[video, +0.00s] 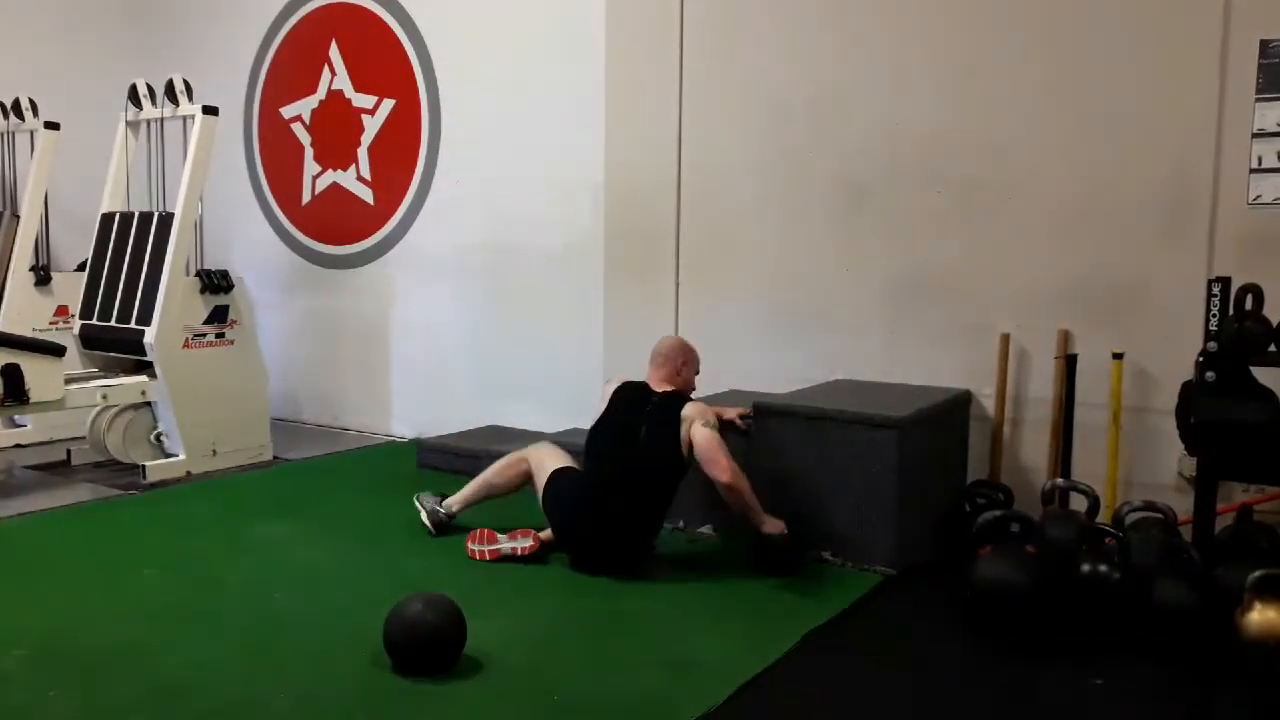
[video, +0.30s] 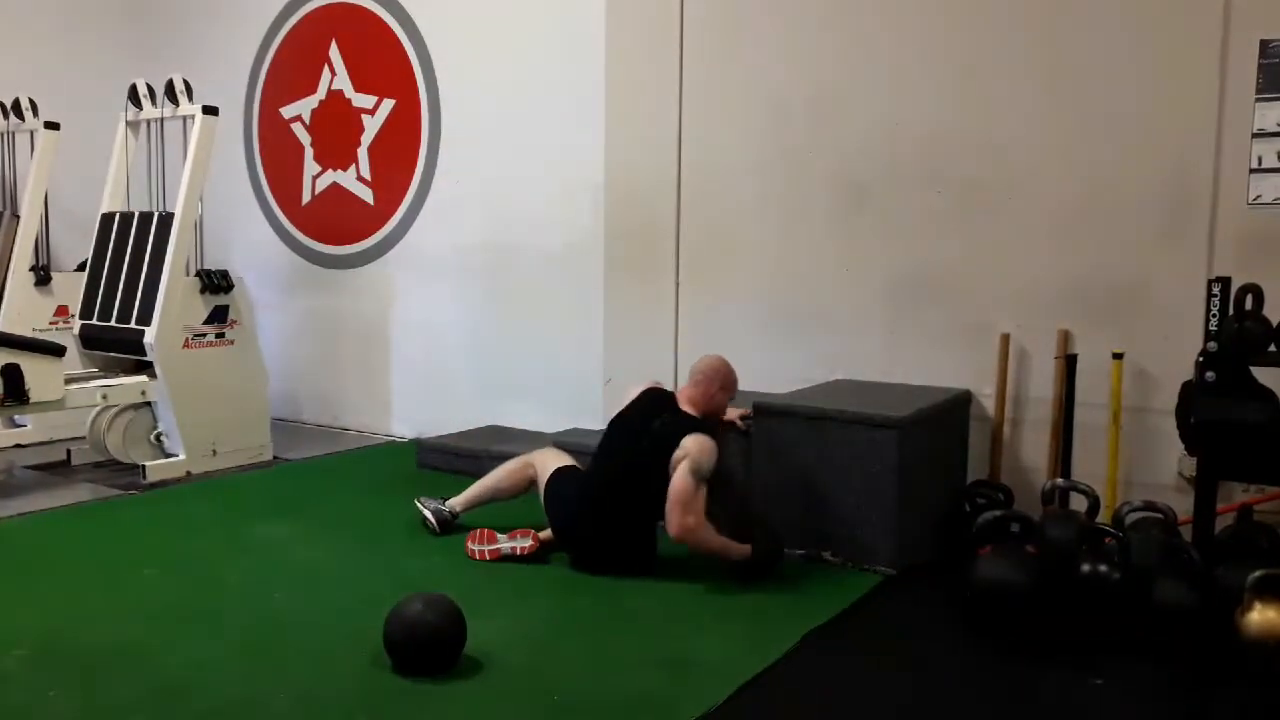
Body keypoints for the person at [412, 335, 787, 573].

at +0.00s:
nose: (695, 379)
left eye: (692, 373)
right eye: (695, 374)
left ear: (650, 369)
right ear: (689, 377)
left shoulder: (619, 392)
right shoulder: (695, 413)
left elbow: (656, 410)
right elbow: (723, 475)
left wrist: (710, 413)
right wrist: (761, 519)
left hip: (580, 531)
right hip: (629, 551)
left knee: (538, 453)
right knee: (615, 481)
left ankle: (447, 508)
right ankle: (539, 538)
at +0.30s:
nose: (727, 399)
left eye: (726, 396)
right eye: (728, 394)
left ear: (688, 381)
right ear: (720, 397)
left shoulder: (647, 396)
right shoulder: (697, 445)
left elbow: (674, 414)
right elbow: (682, 526)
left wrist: (716, 416)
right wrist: (740, 551)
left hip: (579, 524)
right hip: (622, 553)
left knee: (542, 458)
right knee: (616, 493)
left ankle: (449, 509)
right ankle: (540, 538)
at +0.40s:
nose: (748, 427)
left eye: (746, 417)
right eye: (749, 421)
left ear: (709, 398)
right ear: (741, 424)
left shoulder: (662, 398)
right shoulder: (709, 474)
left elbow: (691, 404)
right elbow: (682, 554)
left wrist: (720, 408)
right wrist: (738, 550)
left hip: (575, 517)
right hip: (616, 558)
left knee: (537, 454)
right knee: (623, 503)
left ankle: (445, 508)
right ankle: (539, 539)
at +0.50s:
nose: (761, 446)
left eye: (757, 431)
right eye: (772, 449)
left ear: (743, 429)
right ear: (769, 463)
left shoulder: (695, 421)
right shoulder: (739, 514)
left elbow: (678, 393)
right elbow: (702, 557)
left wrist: (723, 410)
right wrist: (732, 544)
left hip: (590, 518)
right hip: (629, 563)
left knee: (535, 448)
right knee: (618, 493)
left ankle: (440, 500)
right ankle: (537, 537)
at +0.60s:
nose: (789, 490)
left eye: (793, 487)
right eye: (797, 493)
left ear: (780, 490)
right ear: (794, 526)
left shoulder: (734, 472)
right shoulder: (750, 552)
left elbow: (702, 418)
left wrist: (725, 424)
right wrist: (733, 444)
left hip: (605, 523)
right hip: (619, 564)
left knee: (531, 442)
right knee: (606, 492)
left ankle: (429, 497)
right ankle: (513, 536)